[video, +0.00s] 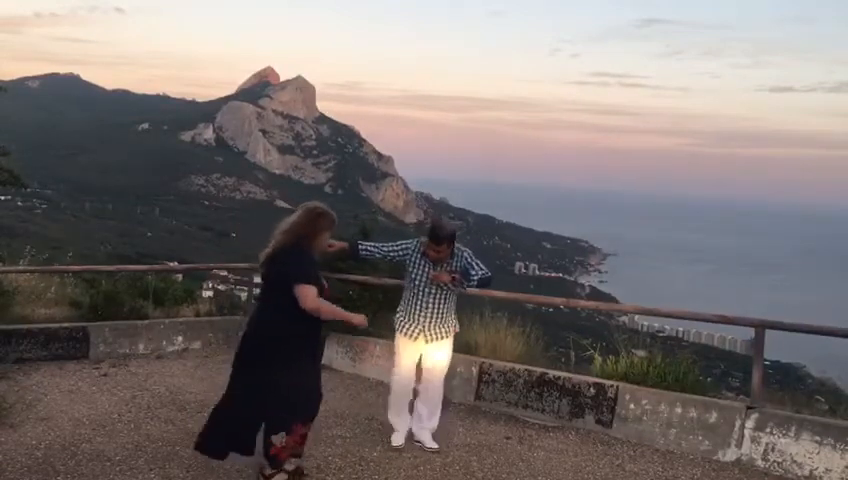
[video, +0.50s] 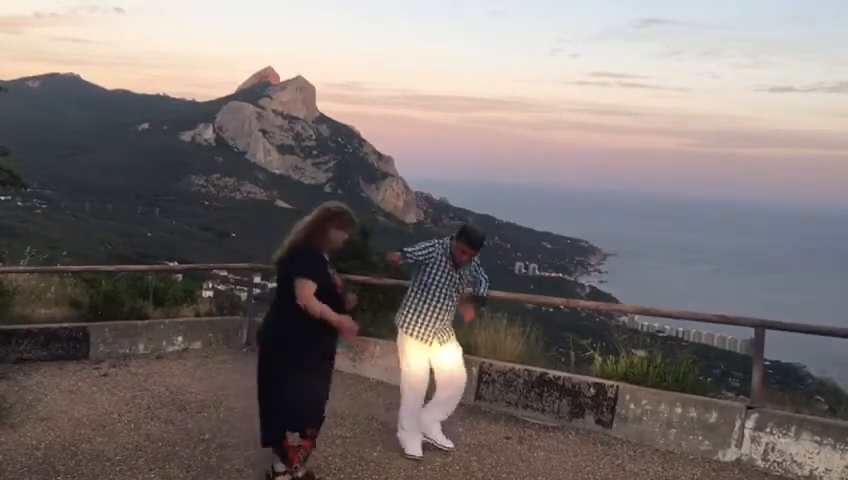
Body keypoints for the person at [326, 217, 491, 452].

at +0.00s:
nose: (434, 255)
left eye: (439, 252)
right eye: (431, 250)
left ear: (451, 247)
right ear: (426, 241)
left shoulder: (462, 256)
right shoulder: (414, 248)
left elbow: (484, 277)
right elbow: (381, 250)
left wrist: (454, 279)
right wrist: (346, 247)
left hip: (441, 331)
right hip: (409, 327)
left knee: (433, 384)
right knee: (402, 380)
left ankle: (424, 431)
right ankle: (399, 429)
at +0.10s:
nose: (441, 255)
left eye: (446, 252)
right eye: (438, 250)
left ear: (455, 247)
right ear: (432, 241)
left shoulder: (464, 255)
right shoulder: (417, 247)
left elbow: (489, 278)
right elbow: (384, 249)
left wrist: (459, 279)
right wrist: (348, 246)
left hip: (442, 329)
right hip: (411, 326)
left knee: (435, 383)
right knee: (410, 381)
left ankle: (426, 432)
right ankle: (408, 437)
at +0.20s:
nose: (447, 256)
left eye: (452, 253)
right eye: (445, 250)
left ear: (459, 248)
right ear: (437, 241)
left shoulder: (466, 255)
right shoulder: (420, 246)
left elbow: (491, 277)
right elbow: (387, 249)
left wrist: (464, 278)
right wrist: (352, 245)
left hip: (441, 330)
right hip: (411, 327)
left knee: (441, 382)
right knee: (411, 384)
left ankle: (428, 430)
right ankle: (411, 439)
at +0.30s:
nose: (454, 256)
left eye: (459, 253)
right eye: (452, 251)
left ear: (464, 249)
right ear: (443, 241)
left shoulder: (468, 256)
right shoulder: (424, 246)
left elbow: (490, 276)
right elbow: (394, 250)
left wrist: (468, 282)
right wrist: (363, 248)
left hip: (441, 330)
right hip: (411, 327)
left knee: (443, 383)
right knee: (411, 383)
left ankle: (425, 428)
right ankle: (410, 437)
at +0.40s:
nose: (459, 256)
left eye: (464, 253)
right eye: (456, 251)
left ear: (470, 251)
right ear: (447, 241)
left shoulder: (469, 260)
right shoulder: (429, 248)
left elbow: (488, 279)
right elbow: (401, 253)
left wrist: (475, 292)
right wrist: (377, 255)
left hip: (440, 330)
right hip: (411, 328)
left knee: (447, 378)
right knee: (413, 382)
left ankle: (425, 427)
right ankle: (409, 437)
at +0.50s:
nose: (465, 257)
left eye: (470, 254)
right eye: (462, 251)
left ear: (475, 252)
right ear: (454, 242)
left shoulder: (473, 264)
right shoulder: (436, 248)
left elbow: (483, 285)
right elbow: (412, 255)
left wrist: (472, 303)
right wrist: (398, 258)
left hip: (442, 332)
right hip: (413, 329)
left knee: (455, 380)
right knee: (415, 384)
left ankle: (429, 422)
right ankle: (410, 437)